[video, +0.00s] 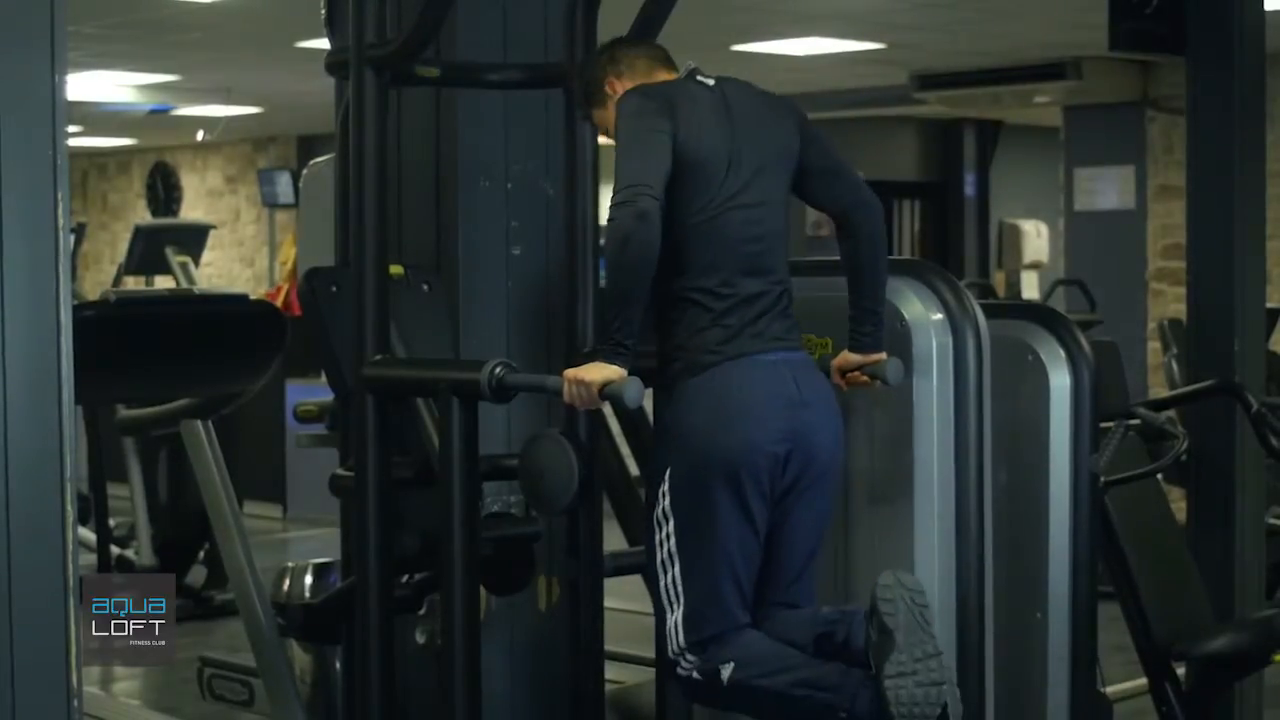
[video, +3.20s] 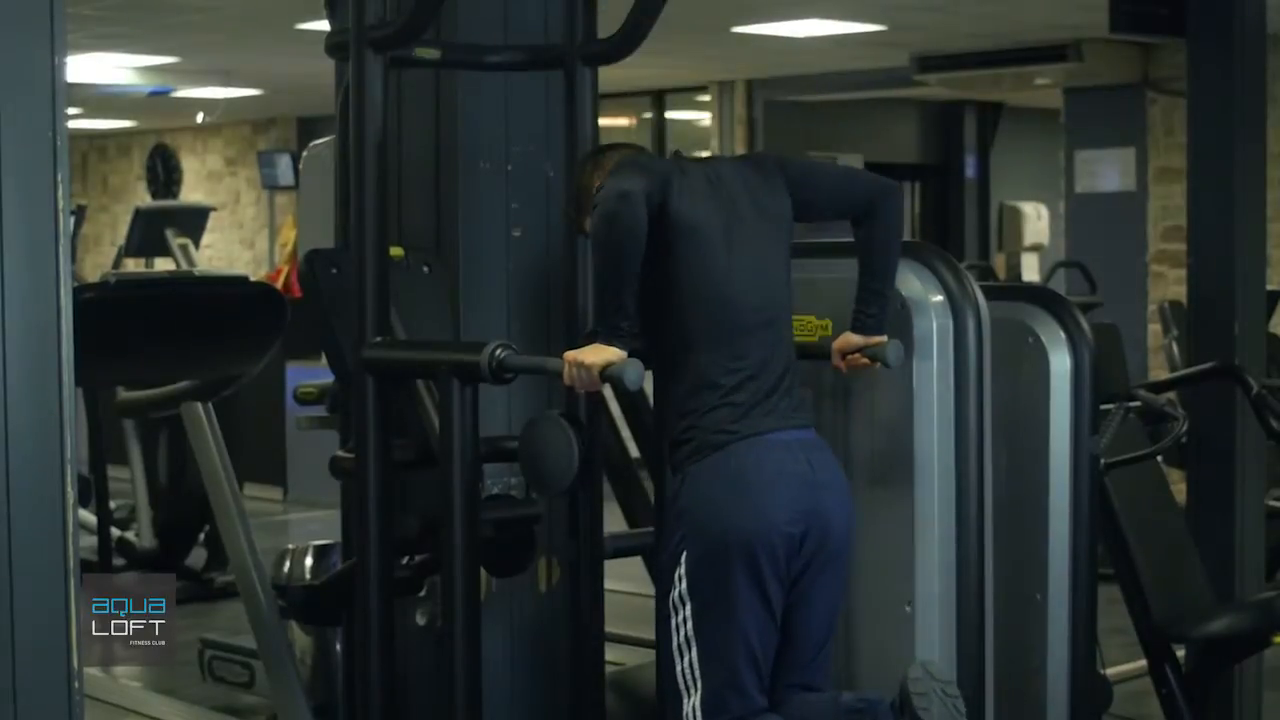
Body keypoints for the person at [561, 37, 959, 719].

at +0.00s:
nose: (612, 140)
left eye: (604, 124)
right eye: (604, 131)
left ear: (616, 89)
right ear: (673, 72)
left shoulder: (647, 106)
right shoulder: (772, 111)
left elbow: (638, 217)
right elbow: (861, 209)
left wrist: (612, 351)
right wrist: (866, 340)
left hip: (715, 398)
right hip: (804, 386)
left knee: (699, 650)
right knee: (771, 616)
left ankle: (870, 700)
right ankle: (867, 633)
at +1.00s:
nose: (595, 225)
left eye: (591, 215)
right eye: (589, 220)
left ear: (604, 189)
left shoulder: (638, 183)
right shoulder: (759, 184)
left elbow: (619, 224)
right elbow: (877, 210)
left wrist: (613, 348)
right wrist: (870, 338)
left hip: (723, 489)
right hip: (809, 471)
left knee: (714, 704)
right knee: (799, 701)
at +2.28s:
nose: (608, 132)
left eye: (601, 117)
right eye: (600, 125)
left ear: (611, 80)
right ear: (670, 58)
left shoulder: (644, 93)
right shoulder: (772, 99)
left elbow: (634, 202)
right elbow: (861, 196)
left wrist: (613, 340)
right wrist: (867, 328)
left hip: (718, 384)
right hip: (807, 375)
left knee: (704, 639)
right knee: (772, 604)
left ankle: (885, 690)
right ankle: (874, 614)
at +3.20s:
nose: (597, 223)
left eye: (594, 212)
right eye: (591, 220)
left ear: (606, 182)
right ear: (648, 155)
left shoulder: (634, 173)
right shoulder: (761, 172)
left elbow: (622, 209)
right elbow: (880, 197)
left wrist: (610, 334)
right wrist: (868, 325)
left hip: (723, 483)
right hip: (812, 465)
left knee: (722, 706)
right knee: (798, 696)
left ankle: (894, 708)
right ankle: (899, 708)